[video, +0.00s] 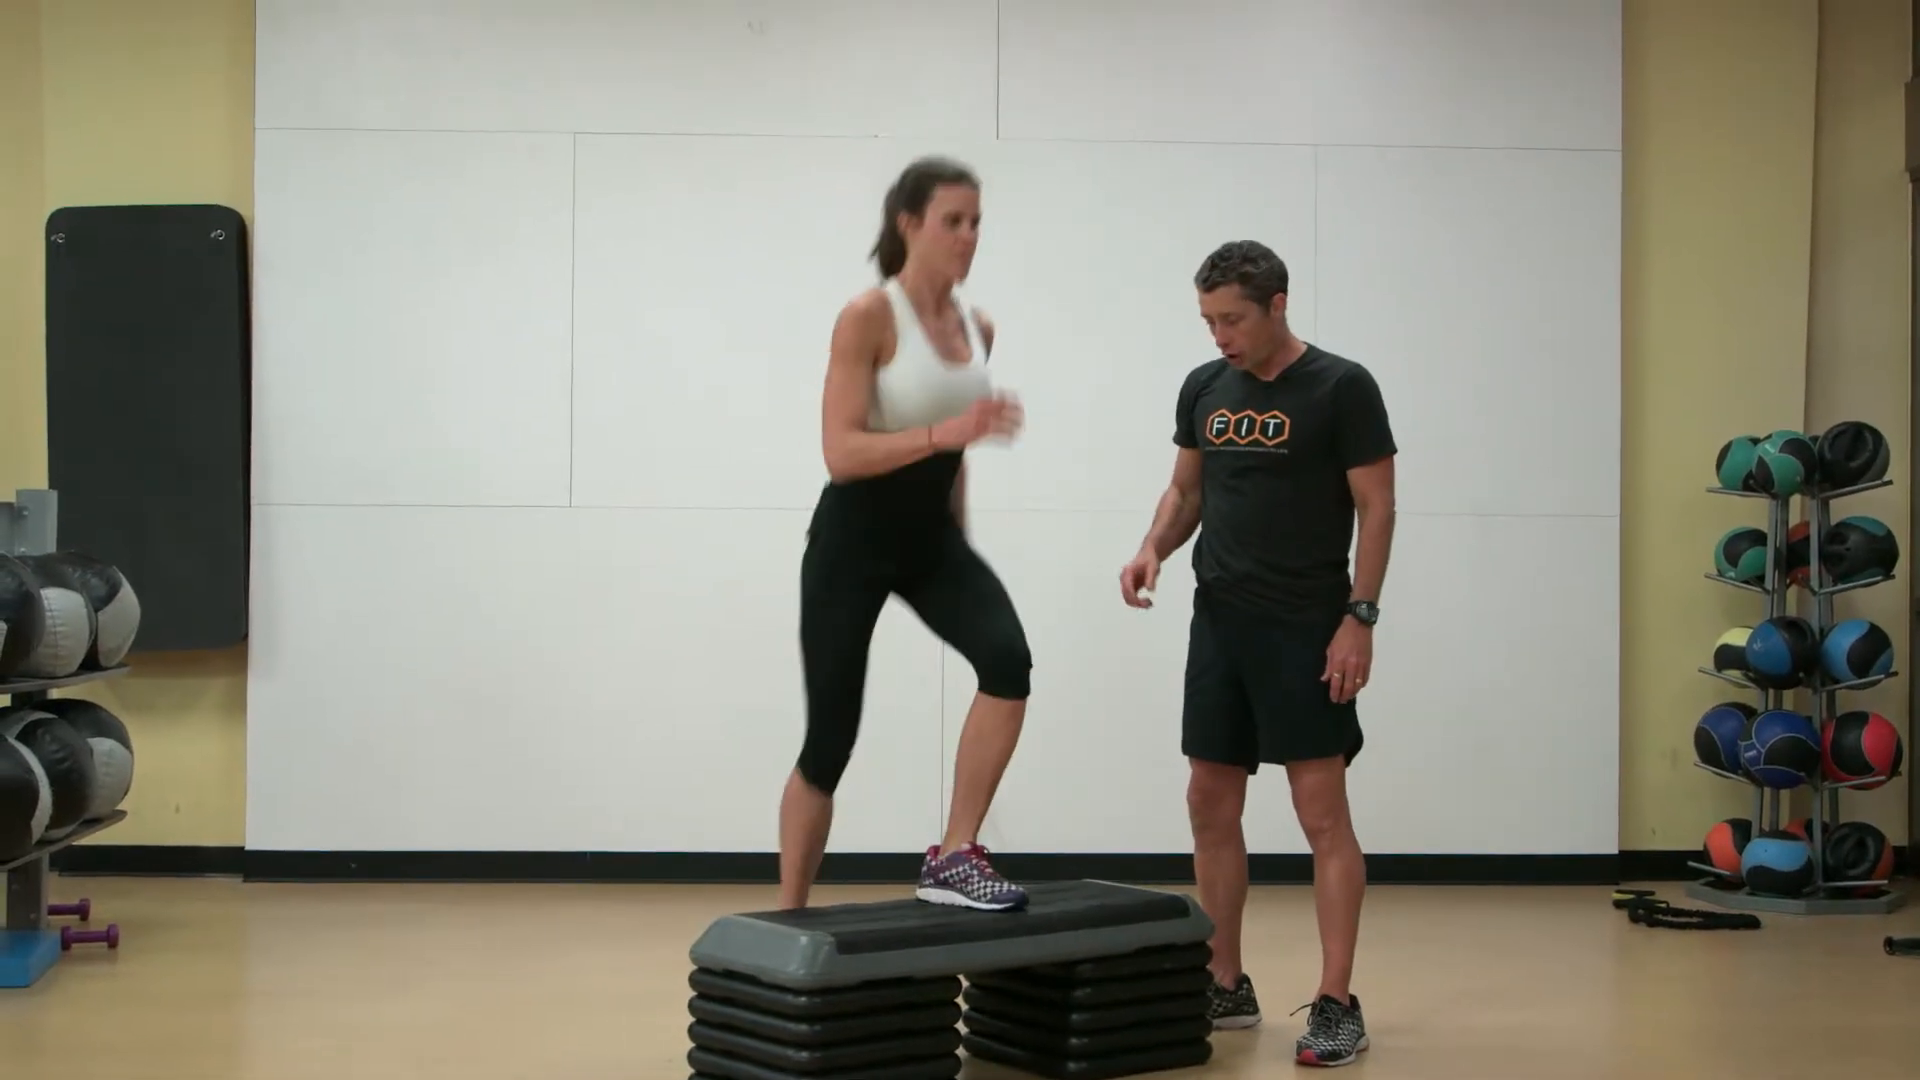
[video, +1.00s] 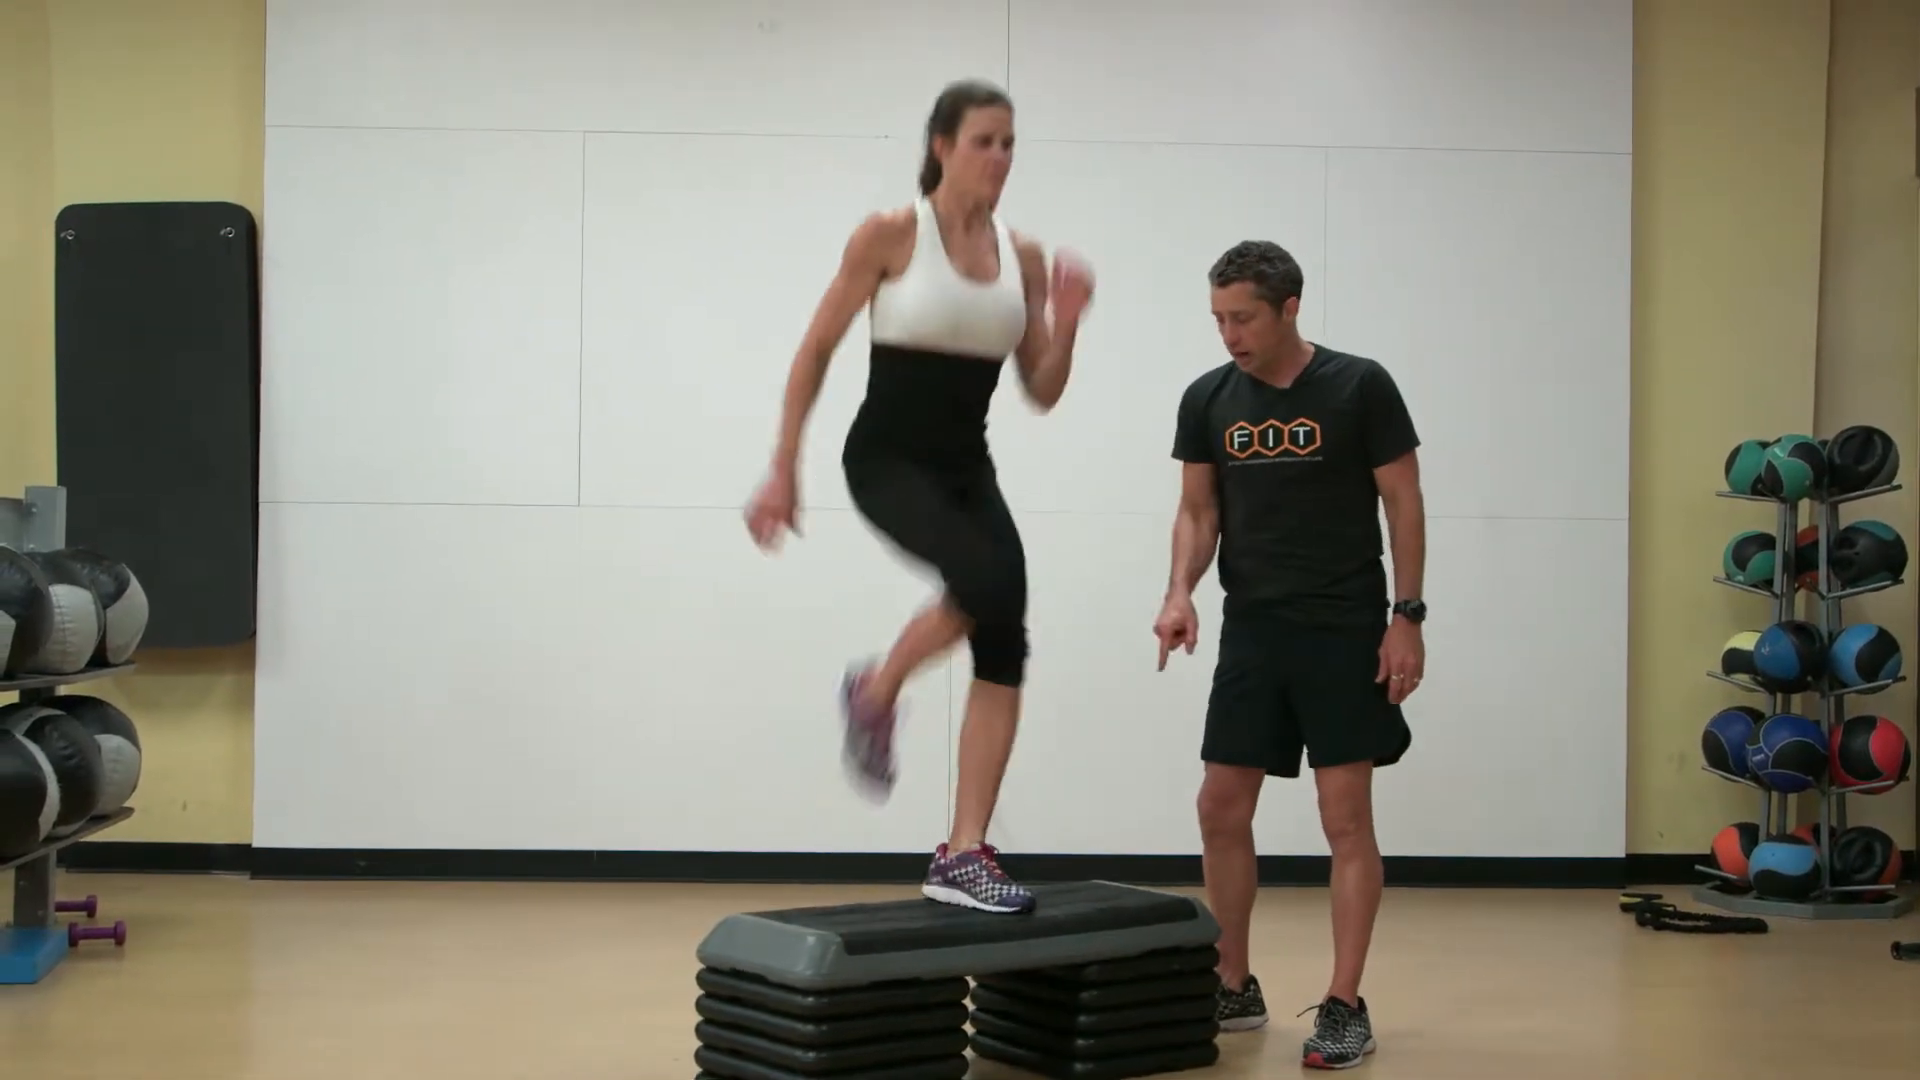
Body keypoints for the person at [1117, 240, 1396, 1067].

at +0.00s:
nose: (1218, 335)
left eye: (1230, 319)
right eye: (1209, 321)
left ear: (1277, 305)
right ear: (1205, 316)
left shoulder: (1342, 388)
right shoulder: (1204, 389)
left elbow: (1377, 508)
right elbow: (1185, 491)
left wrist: (1359, 616)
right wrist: (1152, 548)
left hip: (1308, 629)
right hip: (1221, 625)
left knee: (1323, 814)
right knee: (1210, 802)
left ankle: (1336, 1000)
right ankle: (1224, 983)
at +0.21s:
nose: (1215, 338)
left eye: (1228, 322)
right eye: (1207, 324)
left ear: (1273, 310)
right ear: (1205, 319)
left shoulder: (1343, 389)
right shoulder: (1203, 395)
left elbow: (1381, 510)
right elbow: (1175, 500)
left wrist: (1367, 615)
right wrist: (1141, 556)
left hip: (1313, 629)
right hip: (1226, 625)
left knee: (1326, 813)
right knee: (1214, 804)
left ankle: (1336, 1001)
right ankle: (1227, 984)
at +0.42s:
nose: (1212, 340)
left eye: (1224, 325)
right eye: (1204, 325)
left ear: (1273, 314)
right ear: (1203, 320)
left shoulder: (1344, 386)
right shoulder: (1196, 400)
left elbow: (1390, 501)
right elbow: (1157, 504)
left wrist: (1379, 609)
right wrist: (1099, 526)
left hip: (1327, 629)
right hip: (1237, 629)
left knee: (1335, 815)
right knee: (1219, 803)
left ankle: (1340, 1002)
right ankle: (1230, 987)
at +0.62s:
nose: (1212, 341)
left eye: (1225, 326)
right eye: (1203, 327)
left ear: (1273, 316)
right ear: (1200, 322)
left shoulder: (1345, 386)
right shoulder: (1192, 407)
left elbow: (1396, 499)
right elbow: (1151, 511)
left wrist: (1395, 608)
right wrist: (1095, 539)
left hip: (1342, 630)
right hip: (1251, 632)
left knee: (1346, 821)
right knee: (1219, 805)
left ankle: (1342, 1002)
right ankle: (1231, 987)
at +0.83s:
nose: (1219, 342)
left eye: (1232, 327)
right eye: (1210, 327)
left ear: (1280, 316)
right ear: (1204, 323)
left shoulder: (1352, 387)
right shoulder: (1203, 404)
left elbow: (1400, 502)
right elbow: (1185, 515)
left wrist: (1409, 614)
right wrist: (1158, 578)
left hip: (1345, 630)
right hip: (1252, 632)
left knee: (1348, 820)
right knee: (1219, 808)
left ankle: (1343, 1002)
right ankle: (1232, 985)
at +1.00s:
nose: (1229, 333)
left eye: (1242, 318)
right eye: (1220, 319)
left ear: (1289, 309)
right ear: (1215, 317)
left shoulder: (1359, 387)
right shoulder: (1209, 399)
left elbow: (1404, 503)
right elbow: (1197, 511)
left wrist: (1406, 615)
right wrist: (1178, 591)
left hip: (1344, 633)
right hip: (1252, 634)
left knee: (1346, 819)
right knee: (1220, 808)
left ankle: (1343, 1002)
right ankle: (1232, 986)